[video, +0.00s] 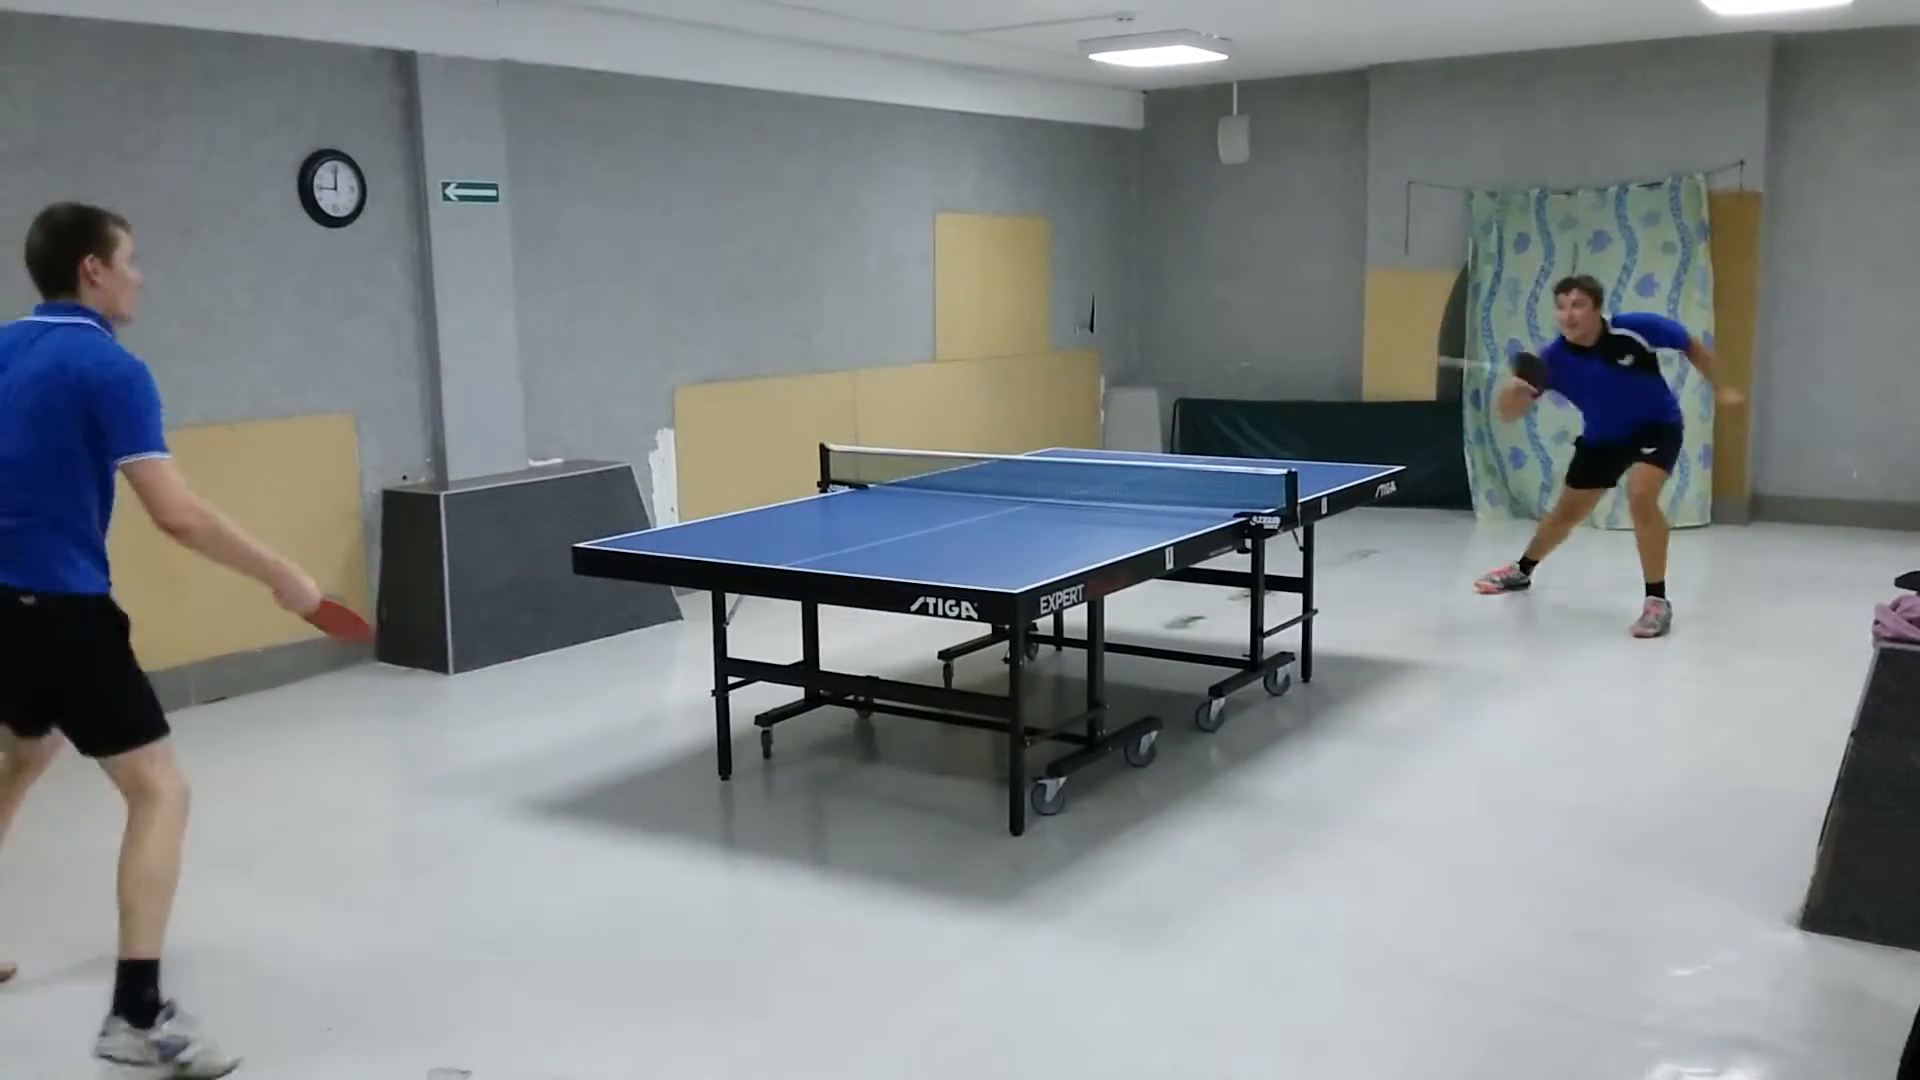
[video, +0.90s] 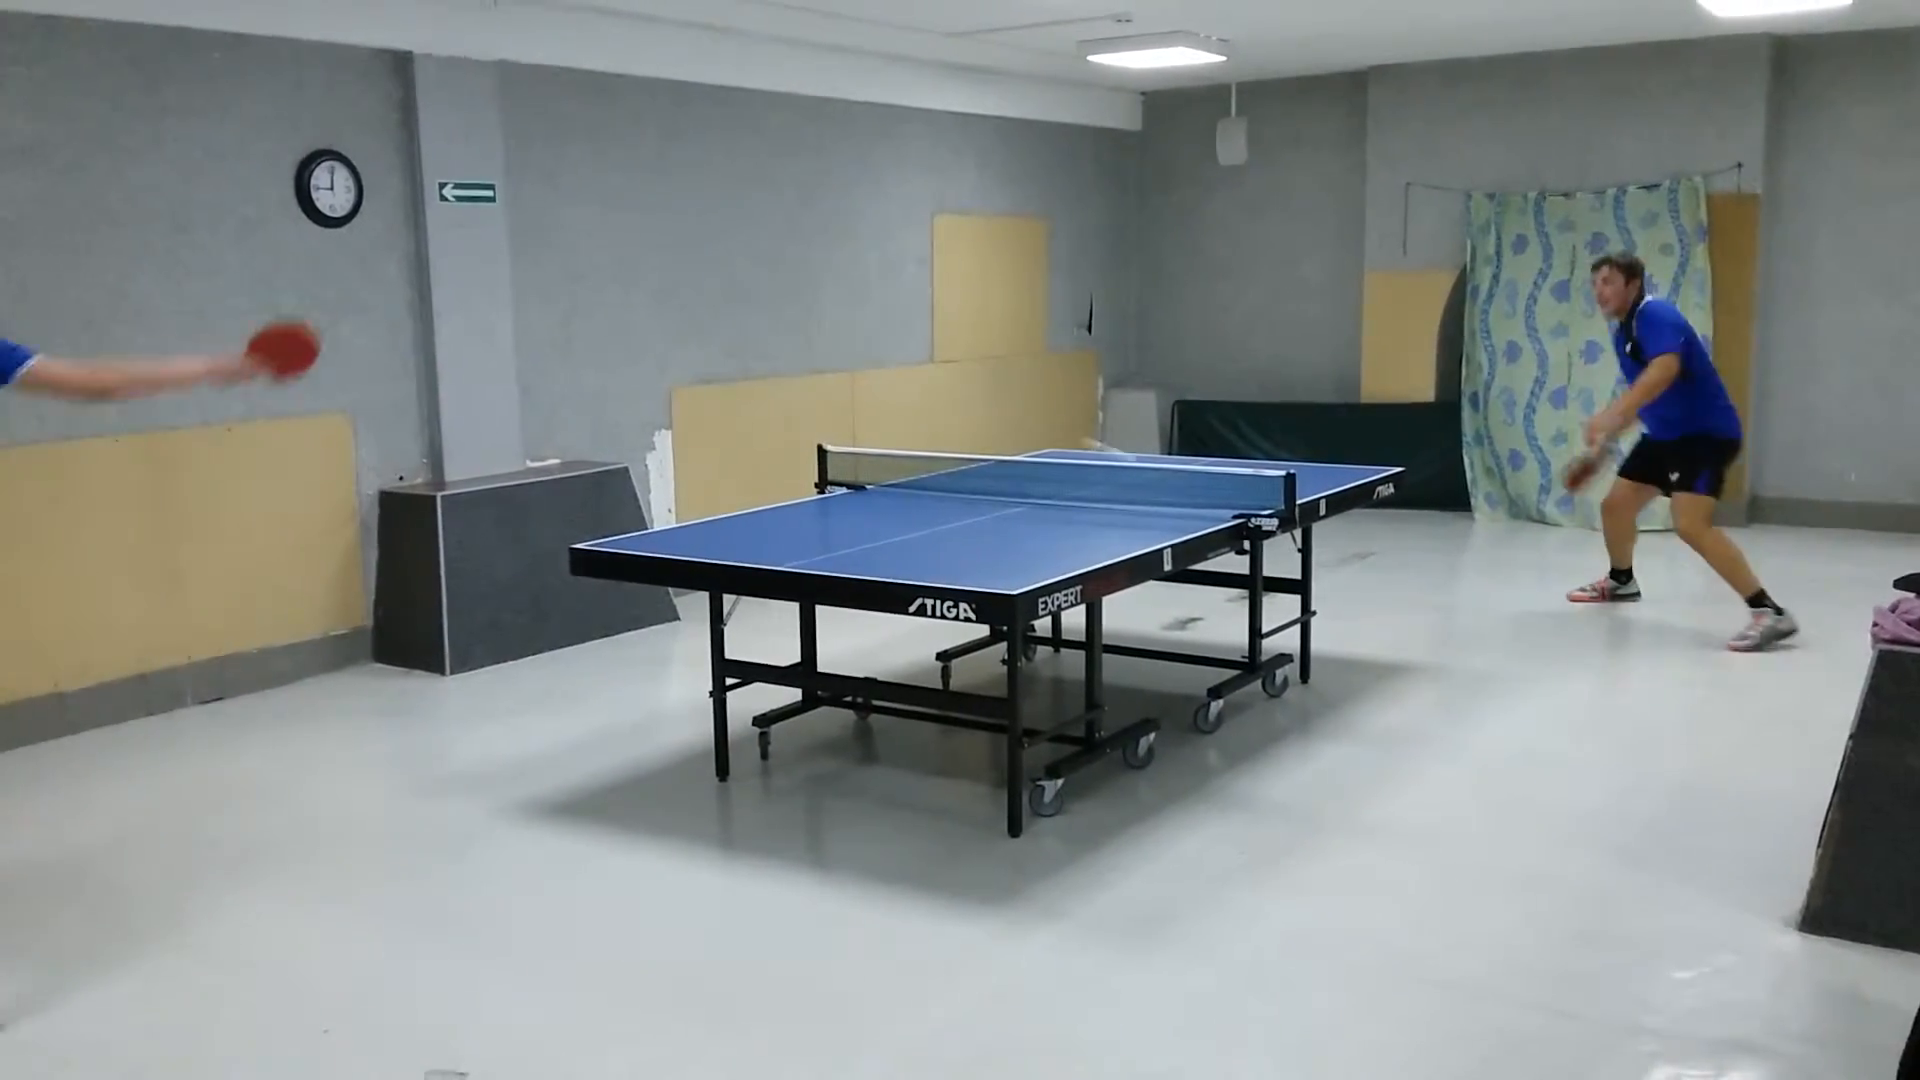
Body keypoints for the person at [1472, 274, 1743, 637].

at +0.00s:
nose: (1569, 315)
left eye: (1578, 306)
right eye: (1563, 308)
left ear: (1598, 309)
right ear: (1556, 314)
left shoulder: (1634, 328)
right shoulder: (1553, 359)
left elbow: (1690, 346)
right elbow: (1508, 411)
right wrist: (1520, 387)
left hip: (1657, 426)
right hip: (1602, 436)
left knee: (1641, 496)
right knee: (1565, 513)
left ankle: (1656, 602)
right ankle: (1522, 571)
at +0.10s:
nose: (1579, 320)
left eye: (1588, 310)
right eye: (1573, 312)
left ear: (1608, 313)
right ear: (1567, 318)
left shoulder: (1648, 332)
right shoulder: (1567, 363)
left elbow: (1700, 346)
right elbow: (1541, 401)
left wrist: (1745, 373)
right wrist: (1540, 405)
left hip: (1660, 427)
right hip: (1604, 437)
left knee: (1647, 497)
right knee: (1571, 510)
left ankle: (1652, 602)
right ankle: (1531, 569)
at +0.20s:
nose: (1593, 309)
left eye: (1603, 301)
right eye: (1588, 302)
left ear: (1625, 306)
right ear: (1583, 307)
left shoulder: (1663, 329)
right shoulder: (1576, 351)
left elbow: (1710, 350)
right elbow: (1563, 414)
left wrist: (1750, 374)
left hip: (1658, 430)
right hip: (1603, 434)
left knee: (1644, 497)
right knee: (1571, 512)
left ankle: (1650, 601)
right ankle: (1555, 570)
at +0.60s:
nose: (1608, 251)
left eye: (1618, 244)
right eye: (1606, 244)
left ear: (1642, 250)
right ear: (1602, 250)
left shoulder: (1679, 294)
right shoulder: (1590, 302)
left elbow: (1715, 341)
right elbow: (1567, 359)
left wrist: (1712, 407)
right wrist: (1579, 399)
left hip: (1671, 415)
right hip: (1618, 414)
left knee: (1652, 497)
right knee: (1594, 492)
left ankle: (1660, 598)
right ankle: (1591, 570)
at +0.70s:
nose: (1603, 248)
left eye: (1613, 241)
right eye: (1602, 242)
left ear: (1638, 247)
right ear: (1601, 249)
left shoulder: (1674, 287)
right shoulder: (1595, 299)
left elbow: (1717, 337)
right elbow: (1577, 348)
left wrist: (1692, 395)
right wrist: (1569, 384)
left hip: (1681, 405)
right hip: (1630, 408)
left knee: (1664, 493)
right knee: (1605, 492)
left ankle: (1697, 600)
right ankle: (1617, 573)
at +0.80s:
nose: (1601, 266)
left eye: (1609, 258)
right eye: (1598, 259)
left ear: (1633, 263)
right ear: (1596, 265)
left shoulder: (1660, 297)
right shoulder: (1604, 315)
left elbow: (1699, 351)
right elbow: (1597, 368)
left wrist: (1656, 405)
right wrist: (1573, 402)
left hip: (1688, 417)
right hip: (1642, 419)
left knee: (1677, 508)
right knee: (1610, 499)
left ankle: (1739, 605)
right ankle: (1619, 579)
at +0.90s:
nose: (1600, 291)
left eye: (1609, 282)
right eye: (1597, 283)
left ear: (1633, 285)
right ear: (1596, 289)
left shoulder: (1656, 315)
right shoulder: (1624, 332)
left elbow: (1667, 368)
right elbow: (1632, 399)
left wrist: (1613, 416)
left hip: (1706, 433)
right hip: (1663, 436)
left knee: (1692, 525)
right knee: (1616, 507)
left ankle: (1769, 612)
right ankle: (1621, 581)